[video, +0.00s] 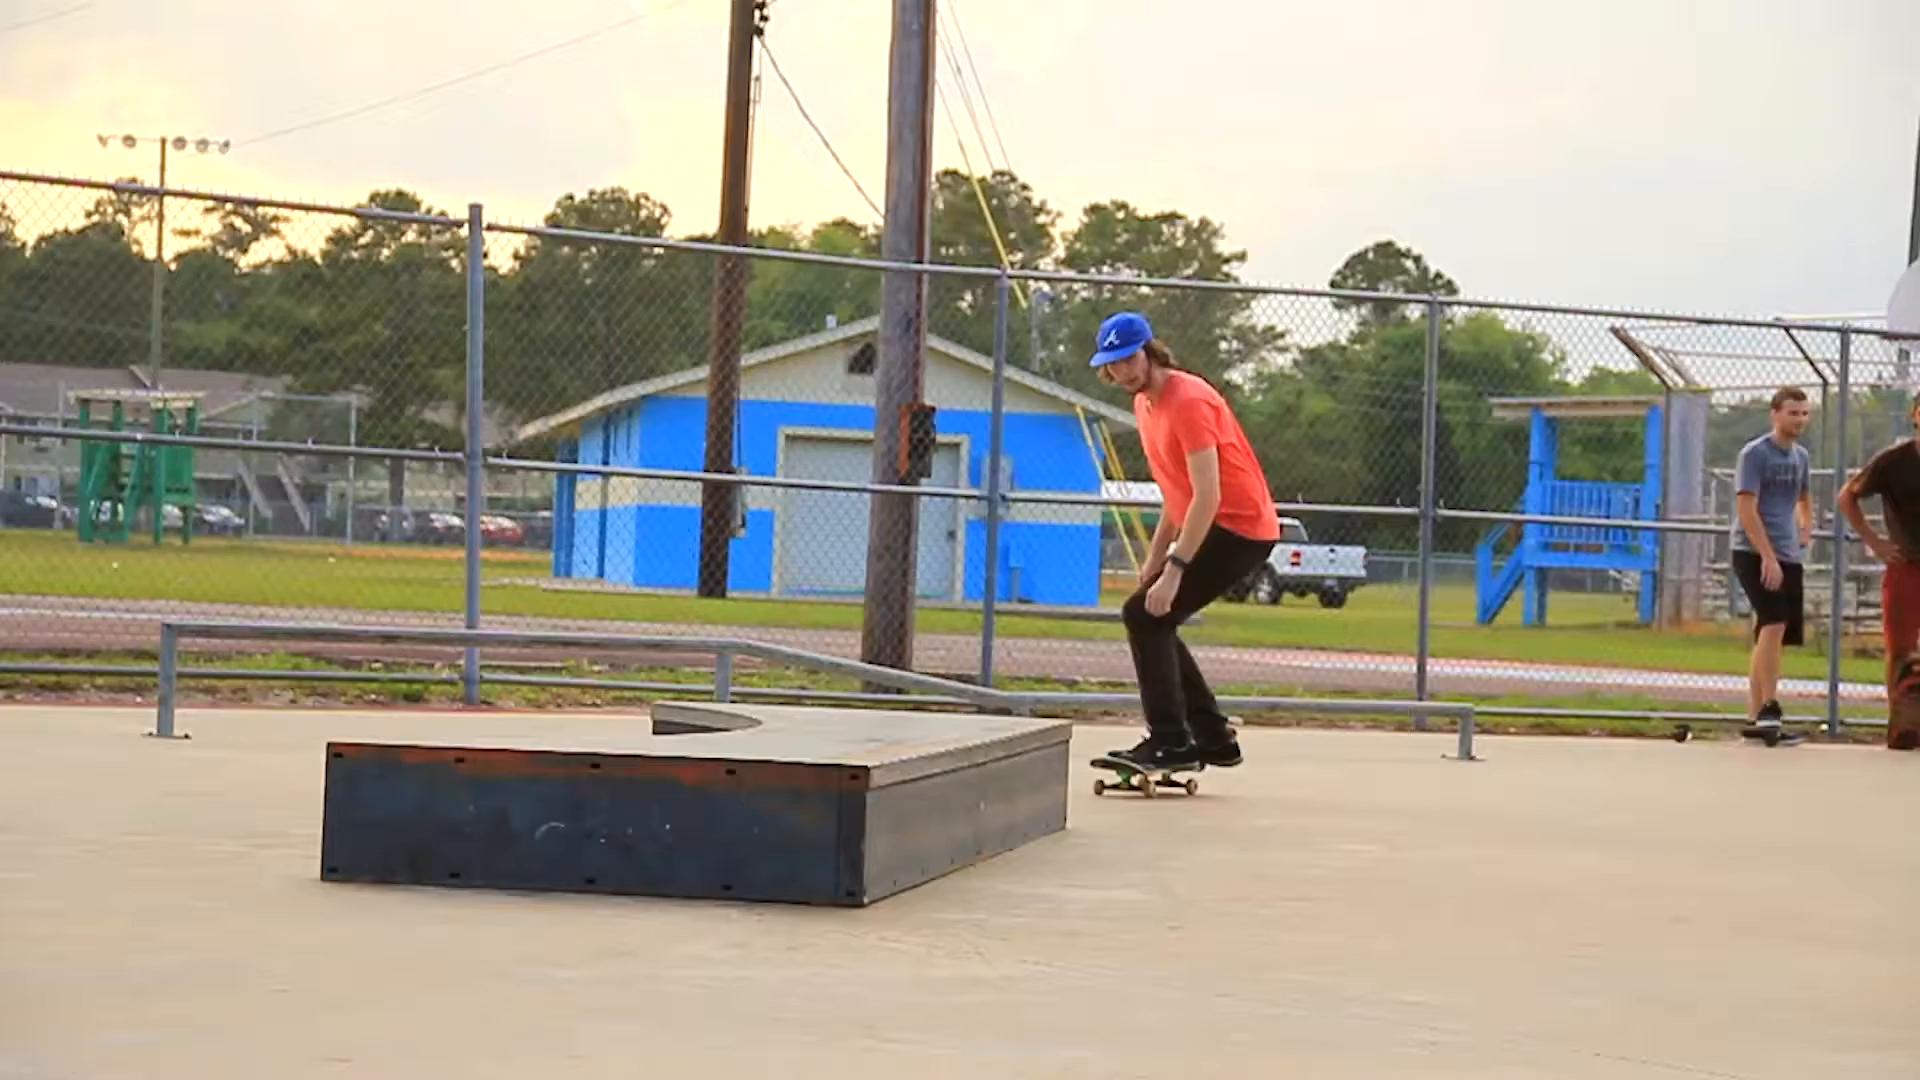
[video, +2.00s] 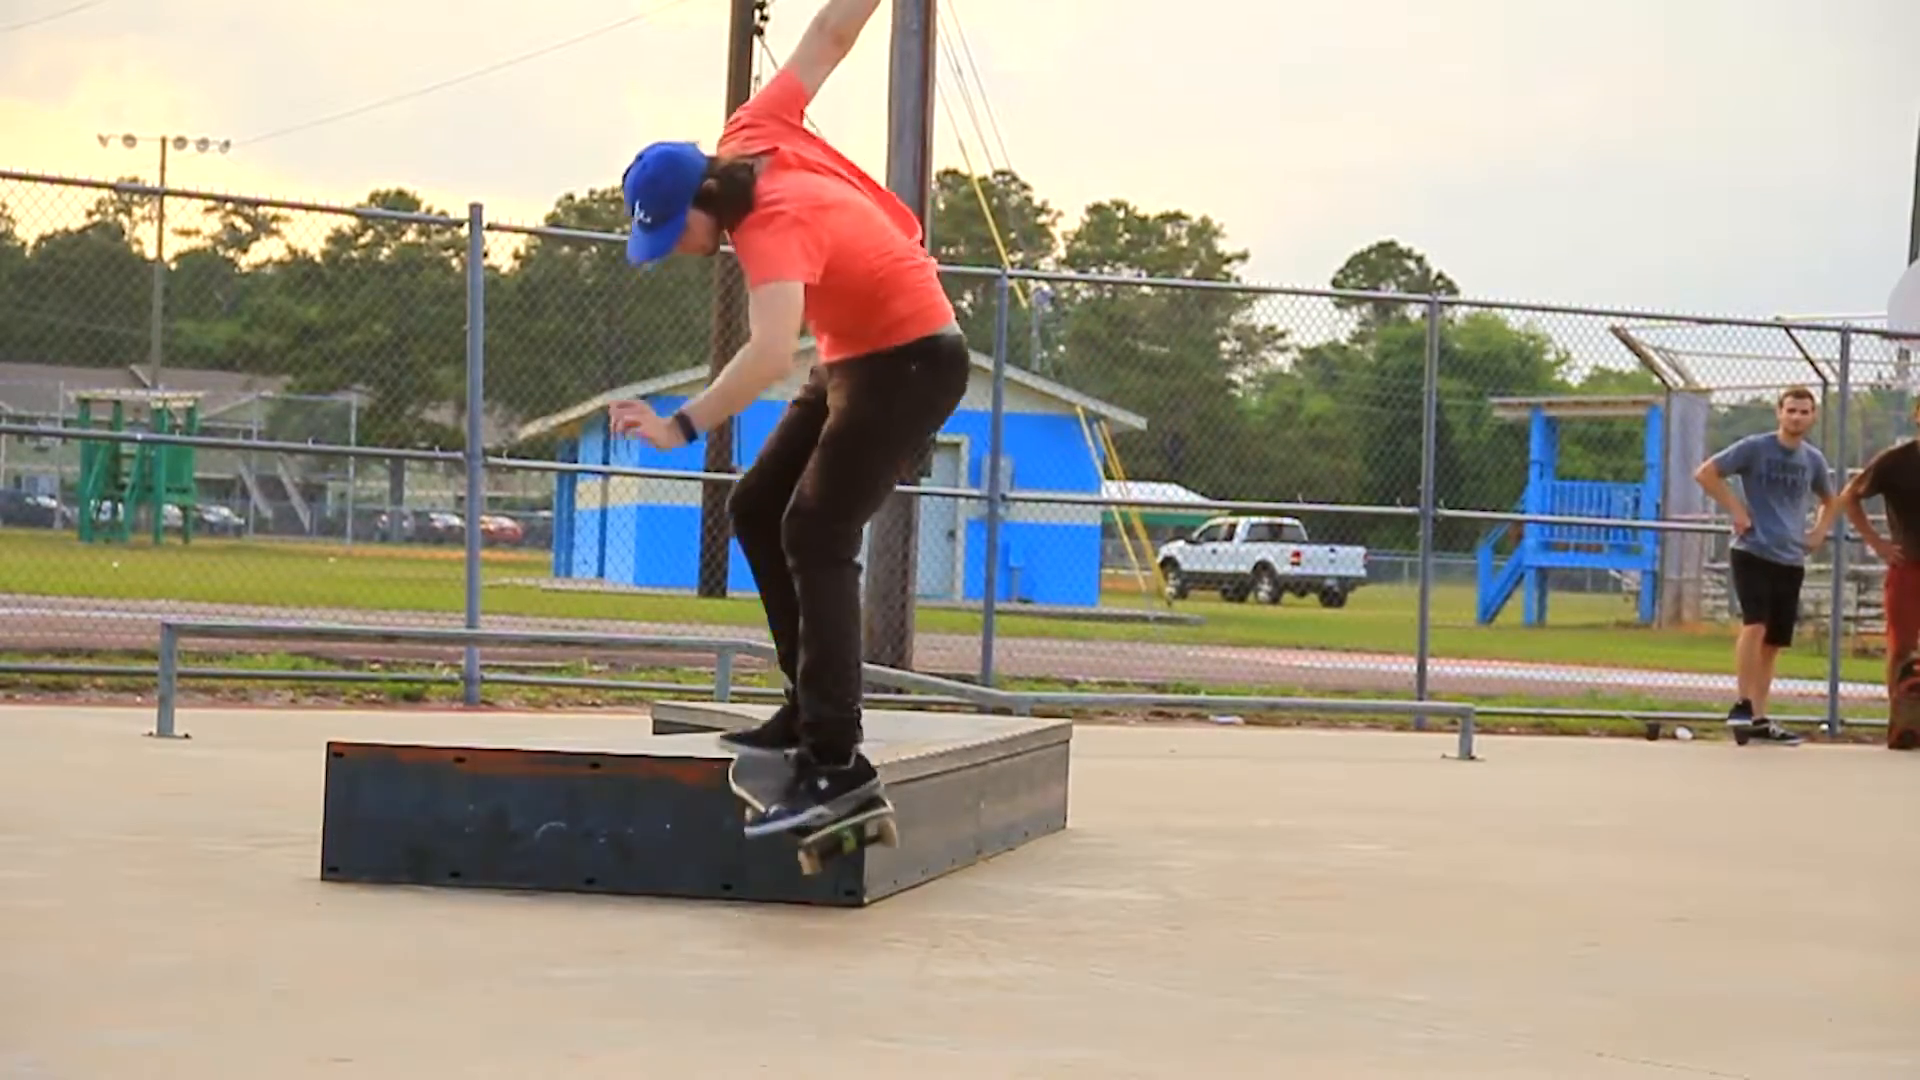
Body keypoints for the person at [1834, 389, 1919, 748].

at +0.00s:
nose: (1919, 420)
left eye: (1919, 413)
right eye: (1919, 414)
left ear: (1915, 416)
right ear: (1914, 416)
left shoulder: (1900, 457)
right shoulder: (1899, 458)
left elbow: (1847, 497)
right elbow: (1847, 496)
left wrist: (1873, 542)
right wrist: (1873, 541)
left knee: (1905, 650)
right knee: (1901, 650)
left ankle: (1906, 728)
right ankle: (1902, 728)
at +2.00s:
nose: (1919, 416)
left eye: (1918, 410)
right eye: (1919, 411)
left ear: (1915, 417)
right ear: (1915, 417)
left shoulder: (1901, 458)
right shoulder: (1900, 458)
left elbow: (1850, 496)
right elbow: (1850, 496)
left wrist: (1877, 543)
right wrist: (1877, 543)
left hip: (1910, 569)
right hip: (1908, 566)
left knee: (1905, 648)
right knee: (1903, 648)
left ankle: (1905, 726)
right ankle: (1901, 726)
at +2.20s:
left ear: (1914, 416)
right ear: (1915, 416)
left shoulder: (1900, 458)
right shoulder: (1900, 459)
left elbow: (1850, 497)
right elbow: (1849, 496)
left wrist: (1878, 544)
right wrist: (1878, 544)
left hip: (1909, 568)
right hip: (1907, 567)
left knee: (1905, 650)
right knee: (1903, 649)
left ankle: (1905, 726)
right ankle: (1902, 726)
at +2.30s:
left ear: (1914, 417)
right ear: (1915, 417)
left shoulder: (1901, 458)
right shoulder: (1901, 459)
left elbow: (1850, 496)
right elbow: (1849, 496)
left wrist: (1875, 541)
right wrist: (1876, 542)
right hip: (1907, 567)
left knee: (1906, 654)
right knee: (1904, 653)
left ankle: (1905, 733)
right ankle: (1903, 733)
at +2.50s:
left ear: (1914, 417)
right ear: (1915, 417)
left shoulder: (1900, 458)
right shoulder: (1900, 458)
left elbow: (1850, 496)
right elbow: (1849, 495)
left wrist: (1877, 543)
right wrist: (1877, 543)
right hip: (1907, 569)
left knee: (1905, 657)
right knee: (1903, 656)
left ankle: (1906, 739)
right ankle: (1903, 741)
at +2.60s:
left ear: (1914, 416)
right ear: (1915, 416)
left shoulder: (1901, 457)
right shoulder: (1900, 458)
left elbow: (1850, 496)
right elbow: (1849, 495)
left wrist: (1877, 544)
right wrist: (1877, 543)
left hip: (1909, 568)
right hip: (1906, 567)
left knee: (1904, 650)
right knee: (1903, 648)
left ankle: (1905, 726)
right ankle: (1902, 726)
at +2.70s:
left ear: (1913, 415)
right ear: (1915, 415)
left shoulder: (1901, 457)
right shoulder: (1901, 458)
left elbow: (1849, 495)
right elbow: (1849, 495)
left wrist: (1875, 542)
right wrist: (1876, 542)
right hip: (1907, 567)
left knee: (1905, 653)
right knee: (1903, 652)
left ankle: (1904, 732)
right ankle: (1902, 732)